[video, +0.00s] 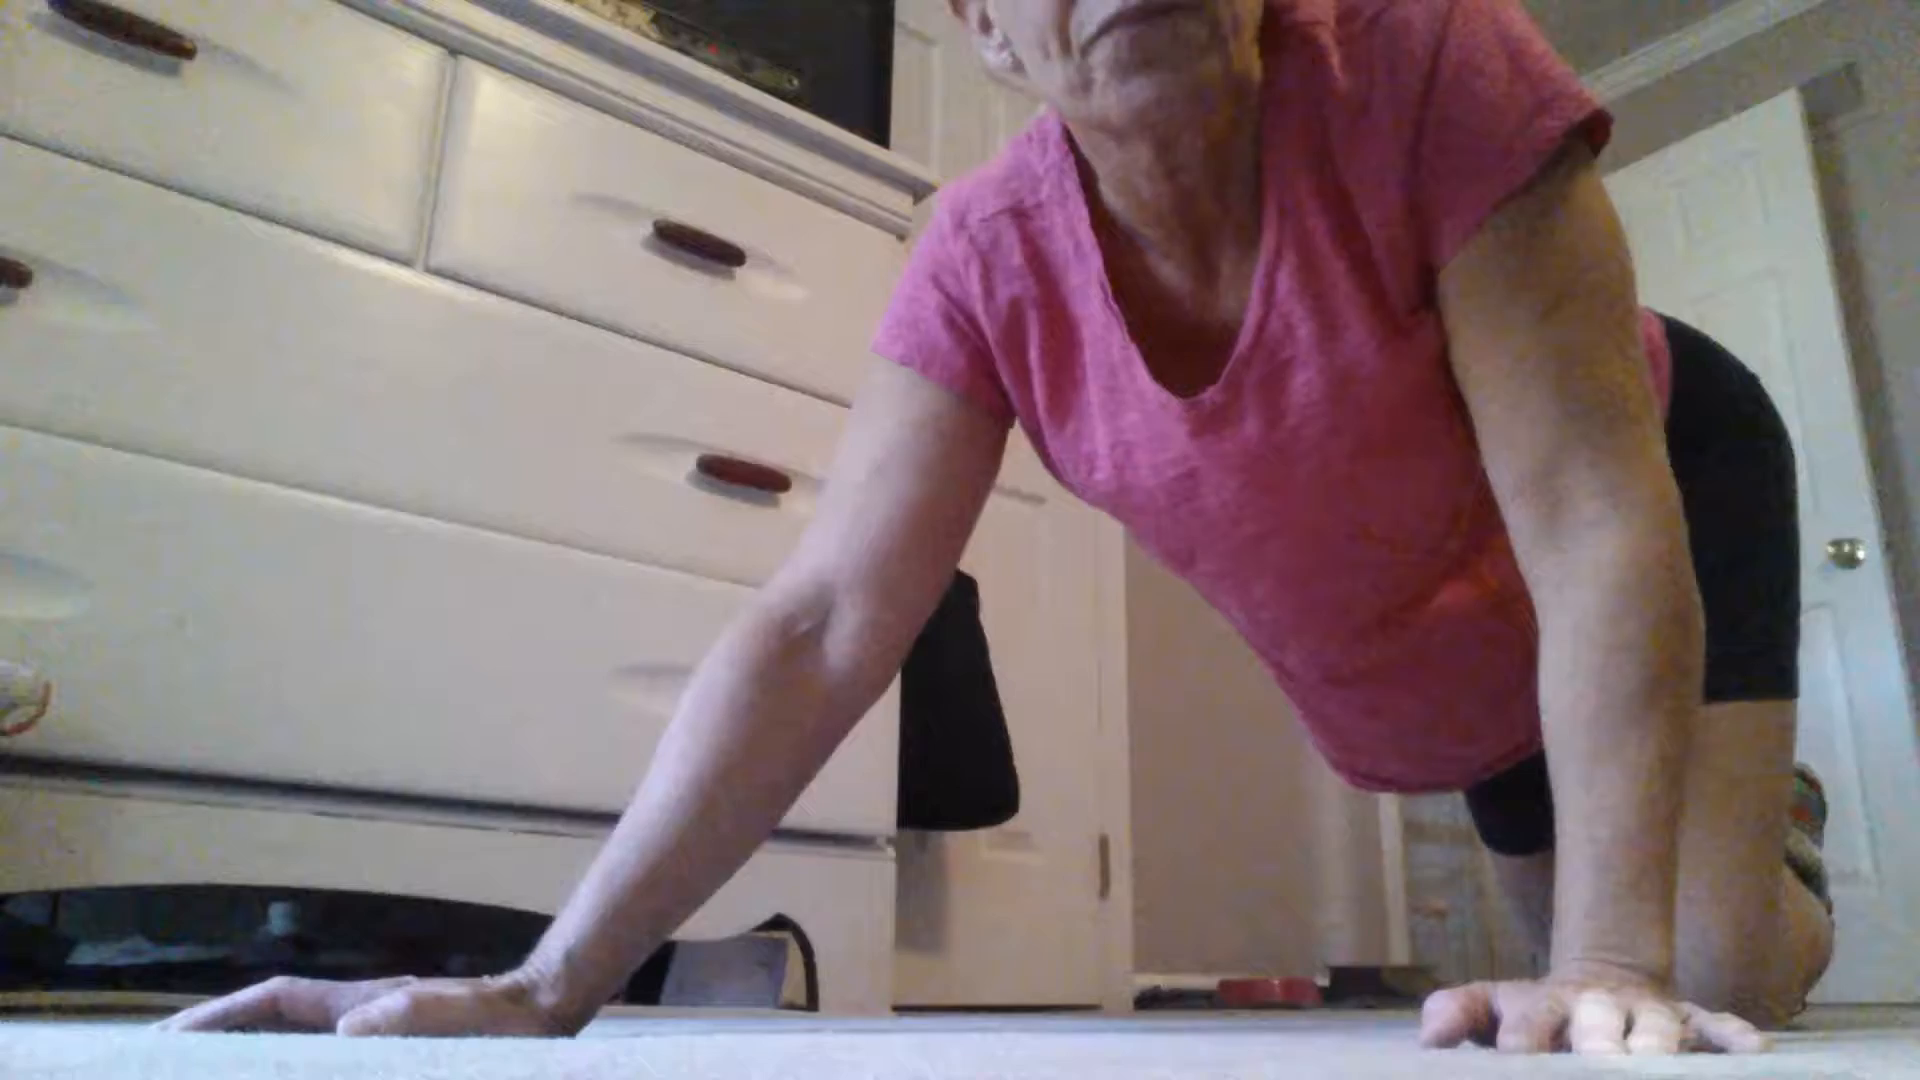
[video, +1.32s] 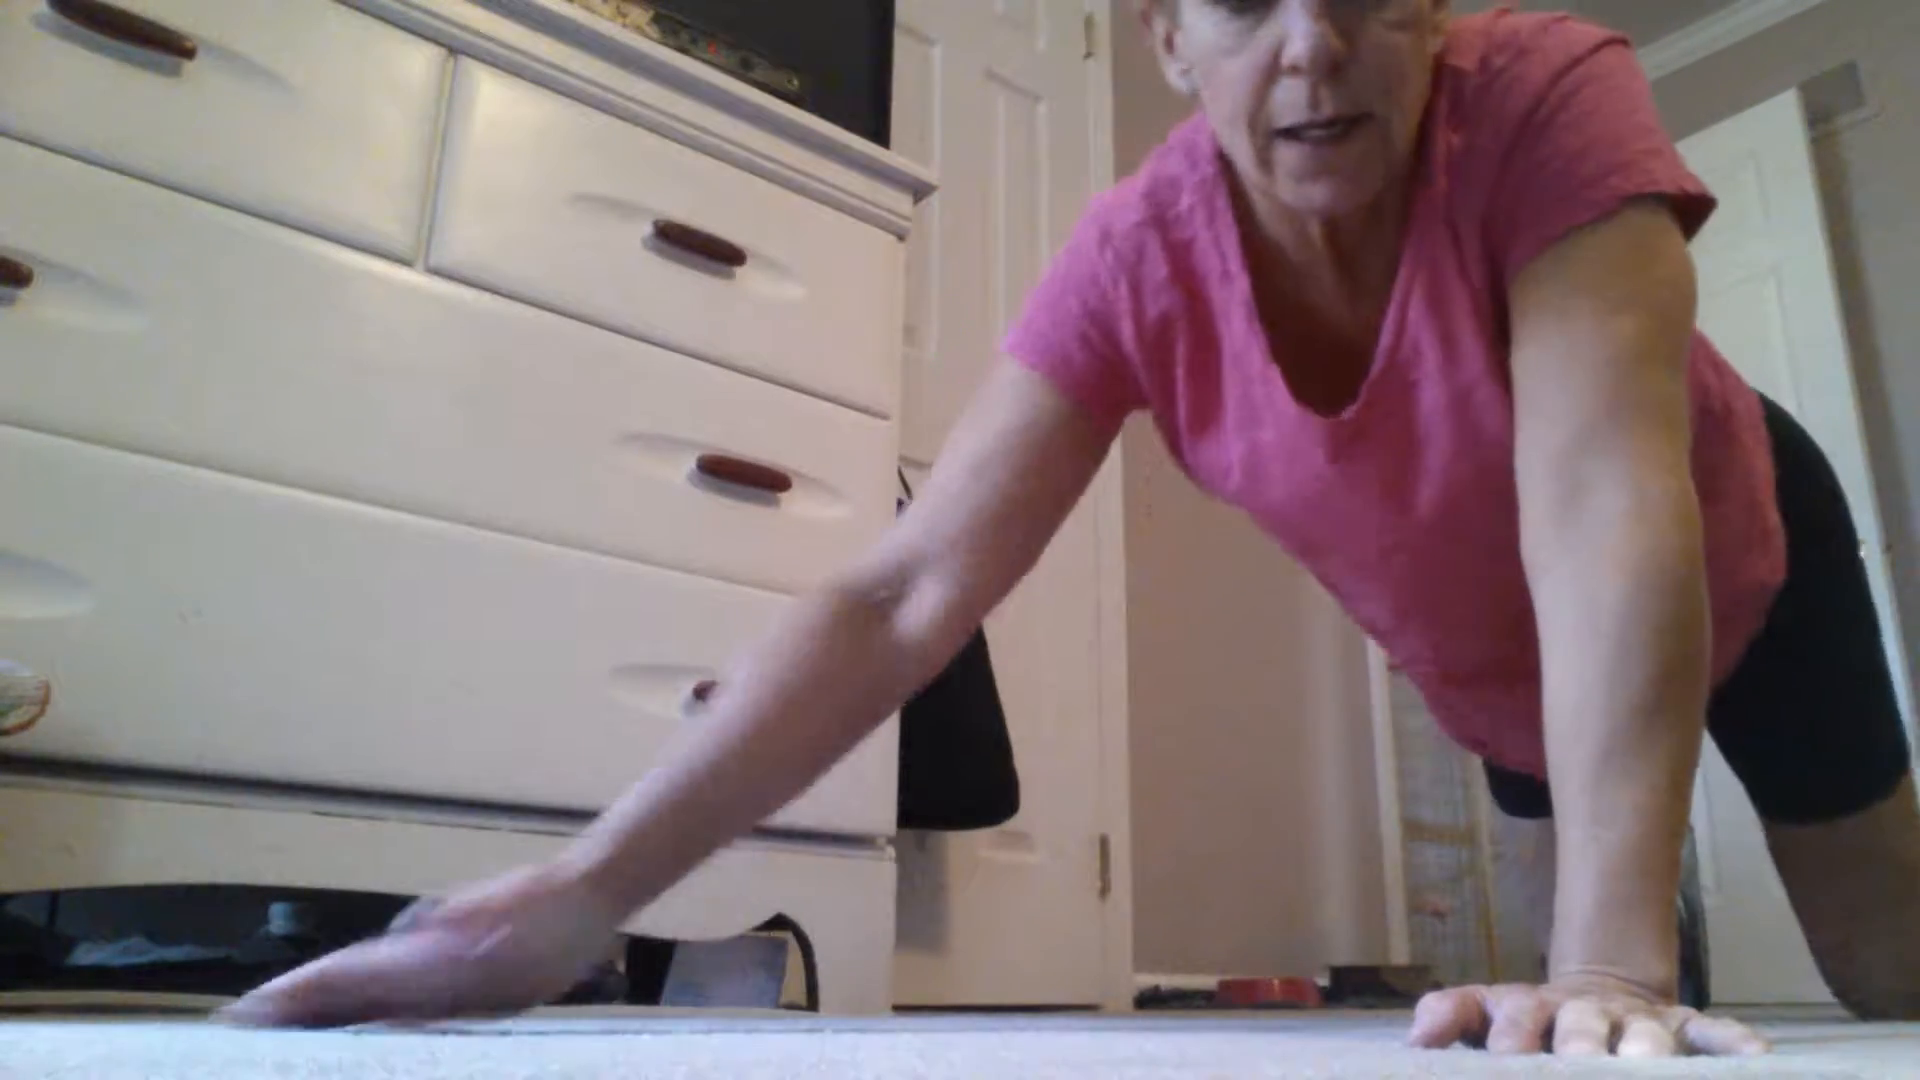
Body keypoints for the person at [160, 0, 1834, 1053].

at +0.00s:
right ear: (994, 37)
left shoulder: (1435, 69)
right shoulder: (989, 255)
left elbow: (1592, 512)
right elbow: (819, 629)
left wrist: (1605, 967)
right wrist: (553, 982)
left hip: (1648, 487)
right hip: (1452, 687)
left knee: (1701, 976)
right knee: (1618, 960)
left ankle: (1758, 886)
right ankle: (1743, 867)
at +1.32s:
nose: (1313, 54)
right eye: (1255, 7)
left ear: (1435, 6)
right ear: (1181, 38)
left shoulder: (1552, 95)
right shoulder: (1140, 257)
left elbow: (1611, 510)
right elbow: (901, 602)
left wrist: (1614, 972)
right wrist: (567, 903)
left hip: (1740, 577)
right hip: (1517, 701)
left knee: (1888, 966)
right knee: (1623, 1001)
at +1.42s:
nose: (1305, 45)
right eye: (1250, 5)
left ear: (1433, 13)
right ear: (1181, 36)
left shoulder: (1553, 96)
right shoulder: (1136, 248)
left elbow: (1615, 517)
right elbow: (989, 598)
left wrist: (1606, 971)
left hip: (1744, 559)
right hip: (1511, 688)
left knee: (1898, 965)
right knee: (1624, 1022)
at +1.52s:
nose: (1254, 40)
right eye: (1194, 1)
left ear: (1408, 7)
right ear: (1138, 42)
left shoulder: (1532, 93)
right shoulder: (1136, 254)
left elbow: (1609, 506)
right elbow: (1083, 619)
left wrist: (1610, 971)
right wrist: (965, 917)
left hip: (1738, 548)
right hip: (1501, 669)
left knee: (1884, 955)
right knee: (1610, 999)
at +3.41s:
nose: (1277, 187)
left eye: (1314, 127)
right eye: (1214, 147)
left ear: (1383, 146)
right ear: (1156, 203)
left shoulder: (1516, 261)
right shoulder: (1168, 348)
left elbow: (1675, 637)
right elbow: (1121, 673)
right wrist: (1037, 981)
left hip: (1737, 564)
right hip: (1514, 679)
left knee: (1891, 989)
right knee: (1653, 1004)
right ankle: (1782, 898)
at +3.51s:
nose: (1289, 210)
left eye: (1328, 147)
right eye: (1227, 171)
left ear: (1394, 167)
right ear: (1167, 219)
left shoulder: (1531, 287)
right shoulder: (1171, 348)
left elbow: (1600, 697)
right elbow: (1117, 669)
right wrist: (1037, 982)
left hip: (1732, 557)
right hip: (1509, 655)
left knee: (1889, 981)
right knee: (1652, 1002)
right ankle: (1769, 899)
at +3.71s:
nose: (1289, 260)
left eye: (1331, 193)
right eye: (1229, 211)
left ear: (1399, 198)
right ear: (1170, 239)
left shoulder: (1533, 322)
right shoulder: (1176, 360)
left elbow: (1443, 748)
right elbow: (1124, 681)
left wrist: (1219, 527)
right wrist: (1034, 987)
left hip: (1733, 545)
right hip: (1523, 642)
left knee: (1882, 976)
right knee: (1654, 997)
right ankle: (1768, 899)